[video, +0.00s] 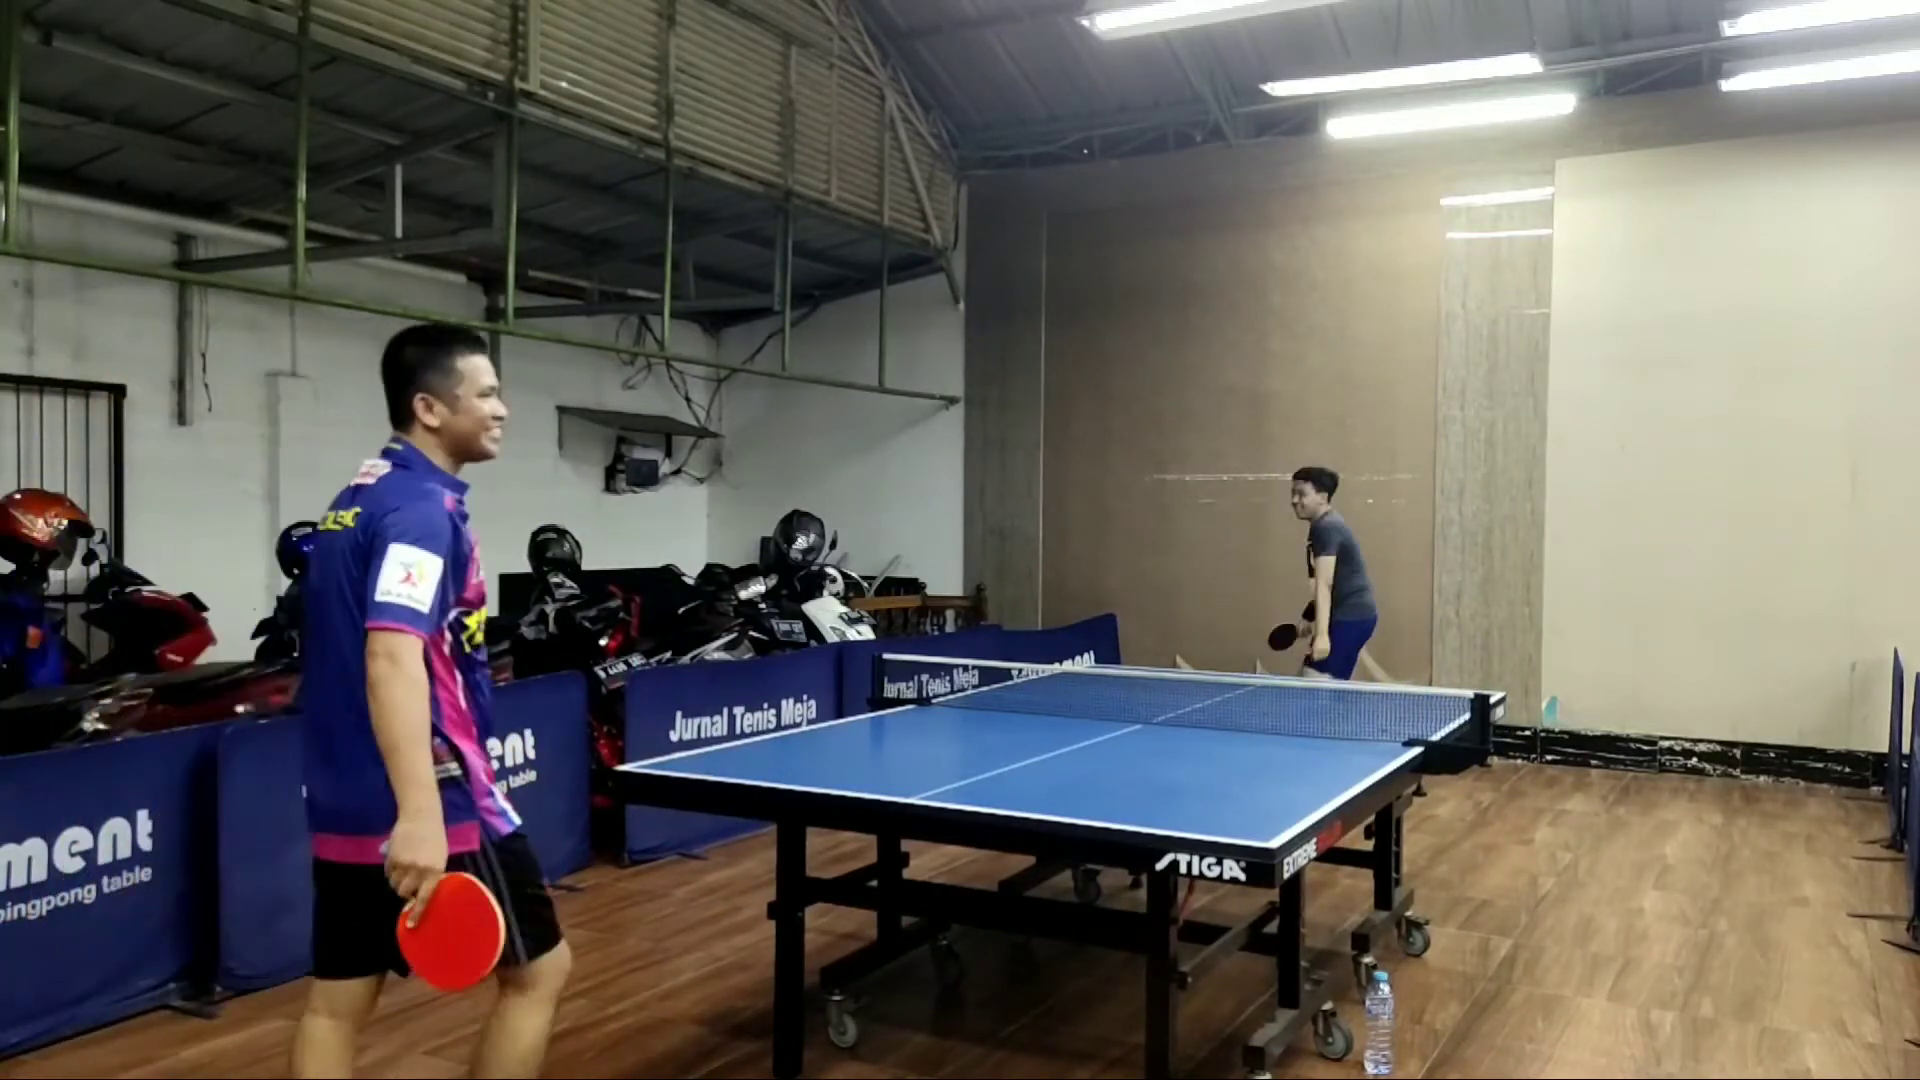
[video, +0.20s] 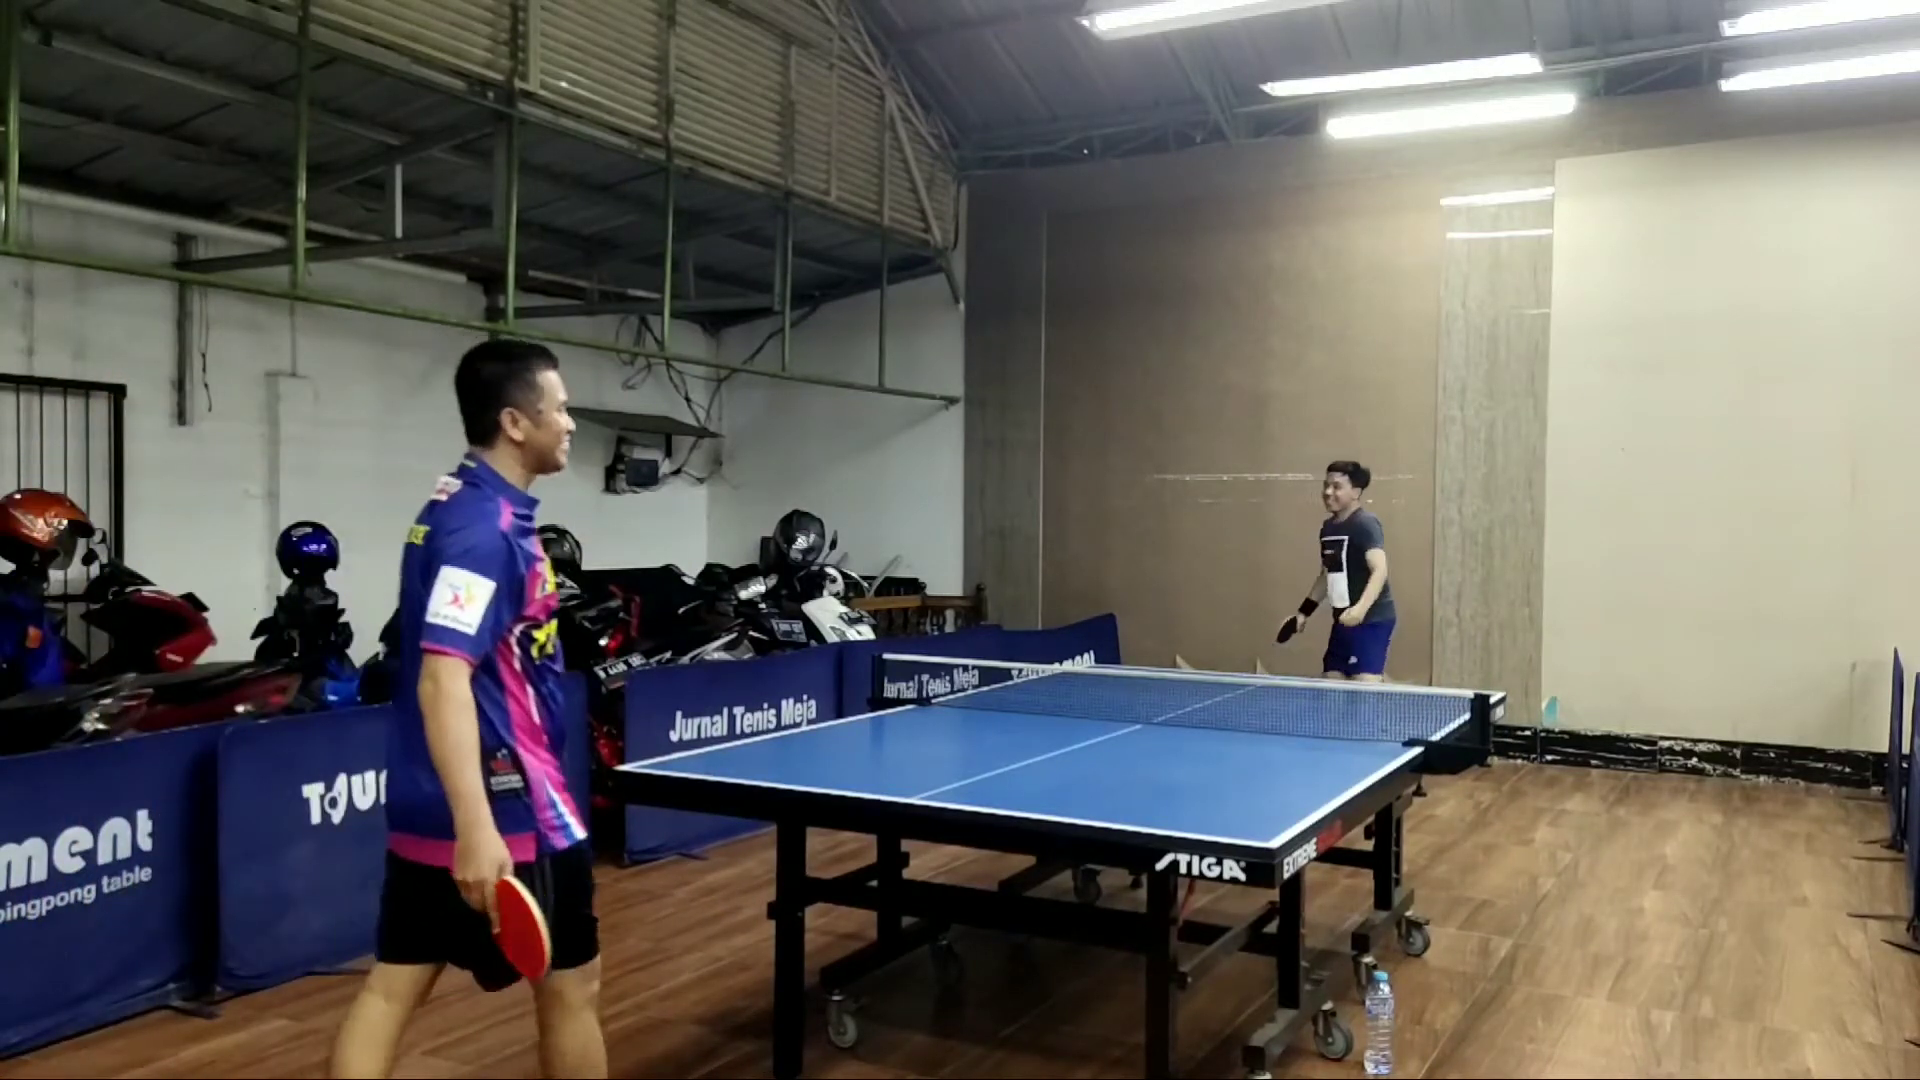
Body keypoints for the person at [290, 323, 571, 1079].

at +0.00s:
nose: (502, 409)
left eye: (499, 393)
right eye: (486, 394)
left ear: (425, 408)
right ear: (429, 407)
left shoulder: (358, 496)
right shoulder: (422, 505)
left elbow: (342, 658)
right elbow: (390, 657)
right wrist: (417, 813)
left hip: (348, 808)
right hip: (445, 809)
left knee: (337, 1002)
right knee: (539, 968)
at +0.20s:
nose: (571, 423)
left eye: (567, 408)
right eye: (559, 409)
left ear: (507, 422)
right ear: (515, 423)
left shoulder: (463, 507)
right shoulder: (484, 525)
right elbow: (440, 680)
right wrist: (473, 826)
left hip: (436, 811)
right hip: (519, 815)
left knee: (392, 988)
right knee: (572, 995)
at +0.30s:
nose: (608, 426)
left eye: (605, 410)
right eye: (601, 410)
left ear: (538, 421)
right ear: (568, 421)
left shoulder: (500, 505)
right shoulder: (527, 529)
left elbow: (512, 670)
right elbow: (493, 689)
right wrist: (533, 830)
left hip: (491, 806)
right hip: (567, 813)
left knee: (464, 969)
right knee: (612, 975)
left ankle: (391, 1074)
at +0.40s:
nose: (639, 424)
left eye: (636, 408)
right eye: (634, 409)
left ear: (561, 419)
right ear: (608, 420)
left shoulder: (527, 503)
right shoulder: (570, 529)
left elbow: (529, 669)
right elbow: (550, 687)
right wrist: (604, 820)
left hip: (536, 794)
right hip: (588, 801)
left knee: (561, 949)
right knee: (625, 971)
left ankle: (457, 1071)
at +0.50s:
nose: (667, 420)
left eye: (665, 404)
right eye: (663, 405)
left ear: (581, 414)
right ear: (639, 416)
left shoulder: (554, 502)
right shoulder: (600, 522)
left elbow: (573, 648)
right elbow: (597, 676)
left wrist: (653, 711)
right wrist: (678, 799)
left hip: (567, 782)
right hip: (602, 797)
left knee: (613, 948)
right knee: (625, 968)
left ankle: (528, 1068)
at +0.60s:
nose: (690, 418)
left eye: (687, 402)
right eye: (686, 403)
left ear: (612, 412)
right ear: (664, 412)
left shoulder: (596, 499)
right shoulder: (620, 515)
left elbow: (591, 652)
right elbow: (622, 665)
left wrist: (672, 745)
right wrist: (732, 758)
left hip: (636, 766)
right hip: (611, 778)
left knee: (699, 903)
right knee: (632, 971)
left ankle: (634, 1054)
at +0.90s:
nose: (754, 422)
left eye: (750, 407)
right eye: (750, 407)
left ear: (683, 416)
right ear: (729, 416)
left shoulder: (707, 509)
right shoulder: (662, 514)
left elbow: (706, 650)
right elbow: (642, 650)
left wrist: (778, 713)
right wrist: (767, 704)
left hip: (720, 775)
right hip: (674, 787)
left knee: (728, 951)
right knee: (666, 973)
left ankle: (746, 1074)